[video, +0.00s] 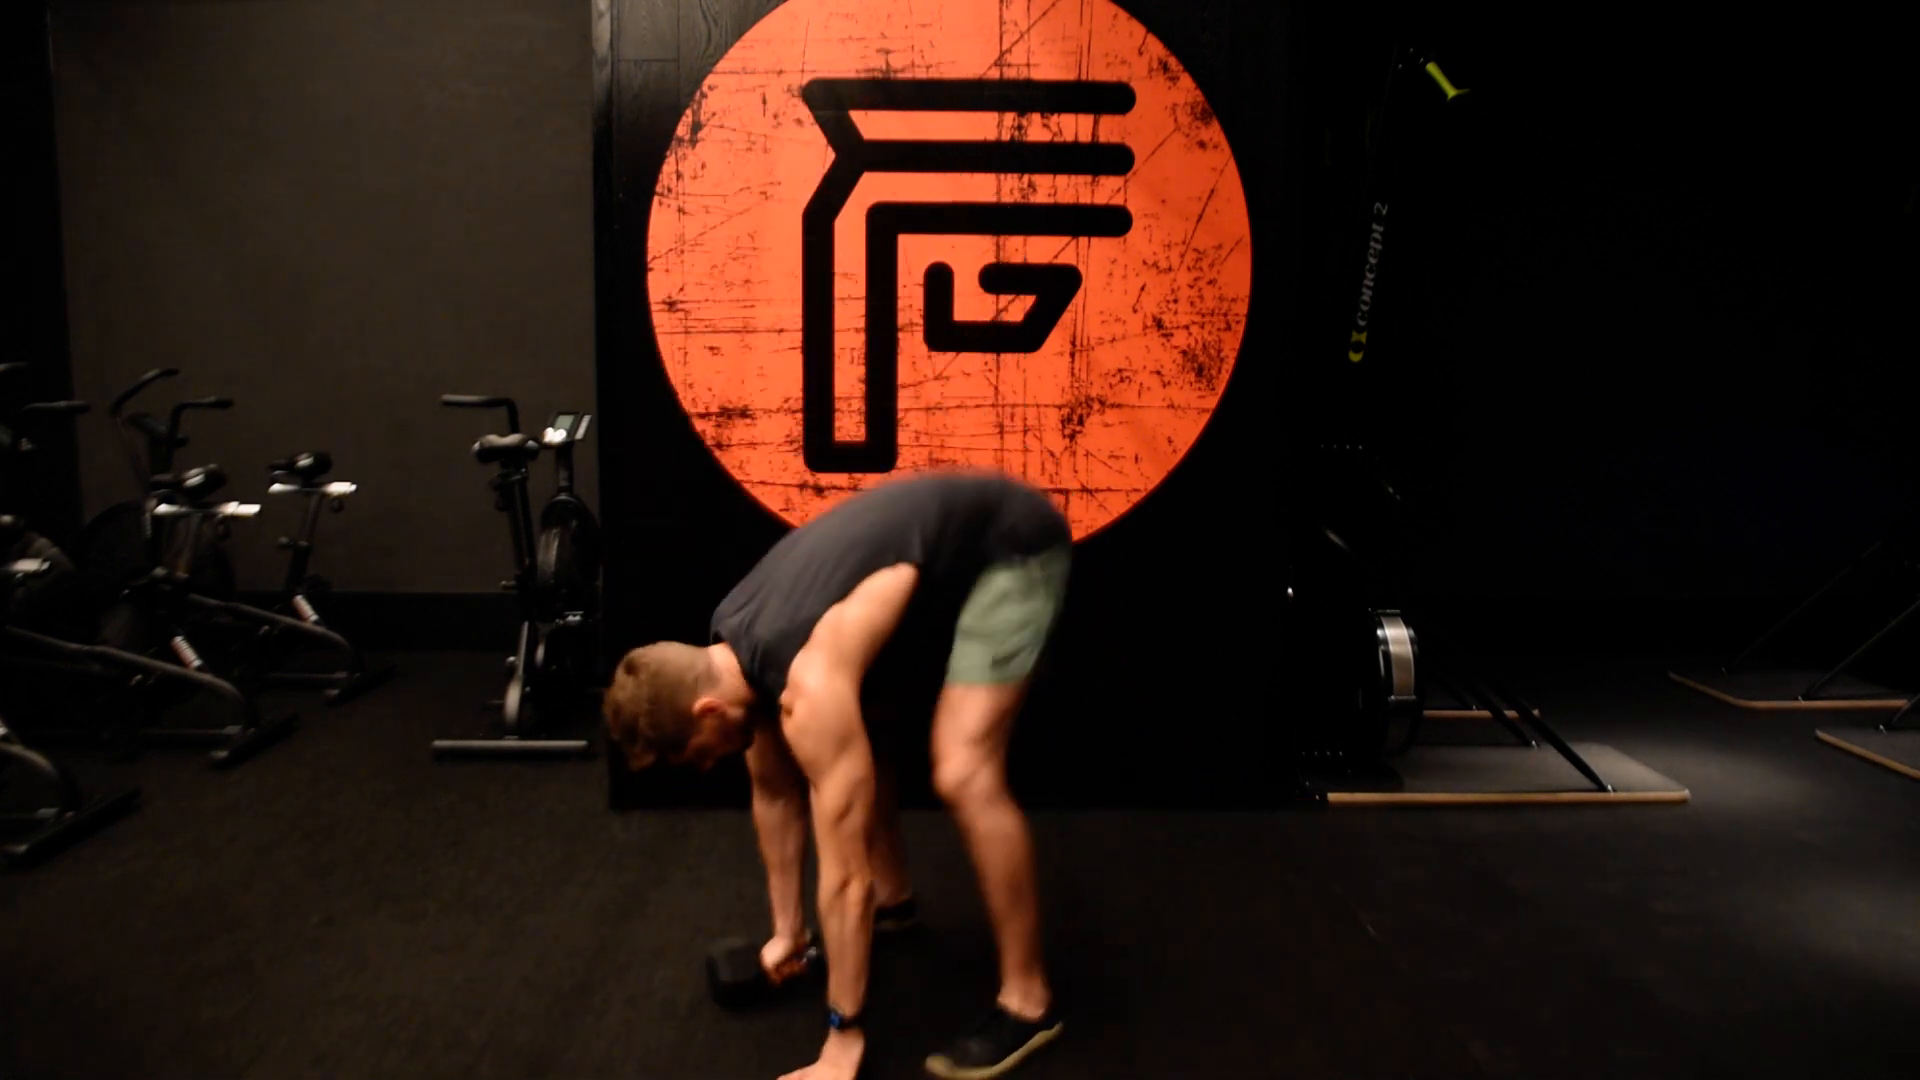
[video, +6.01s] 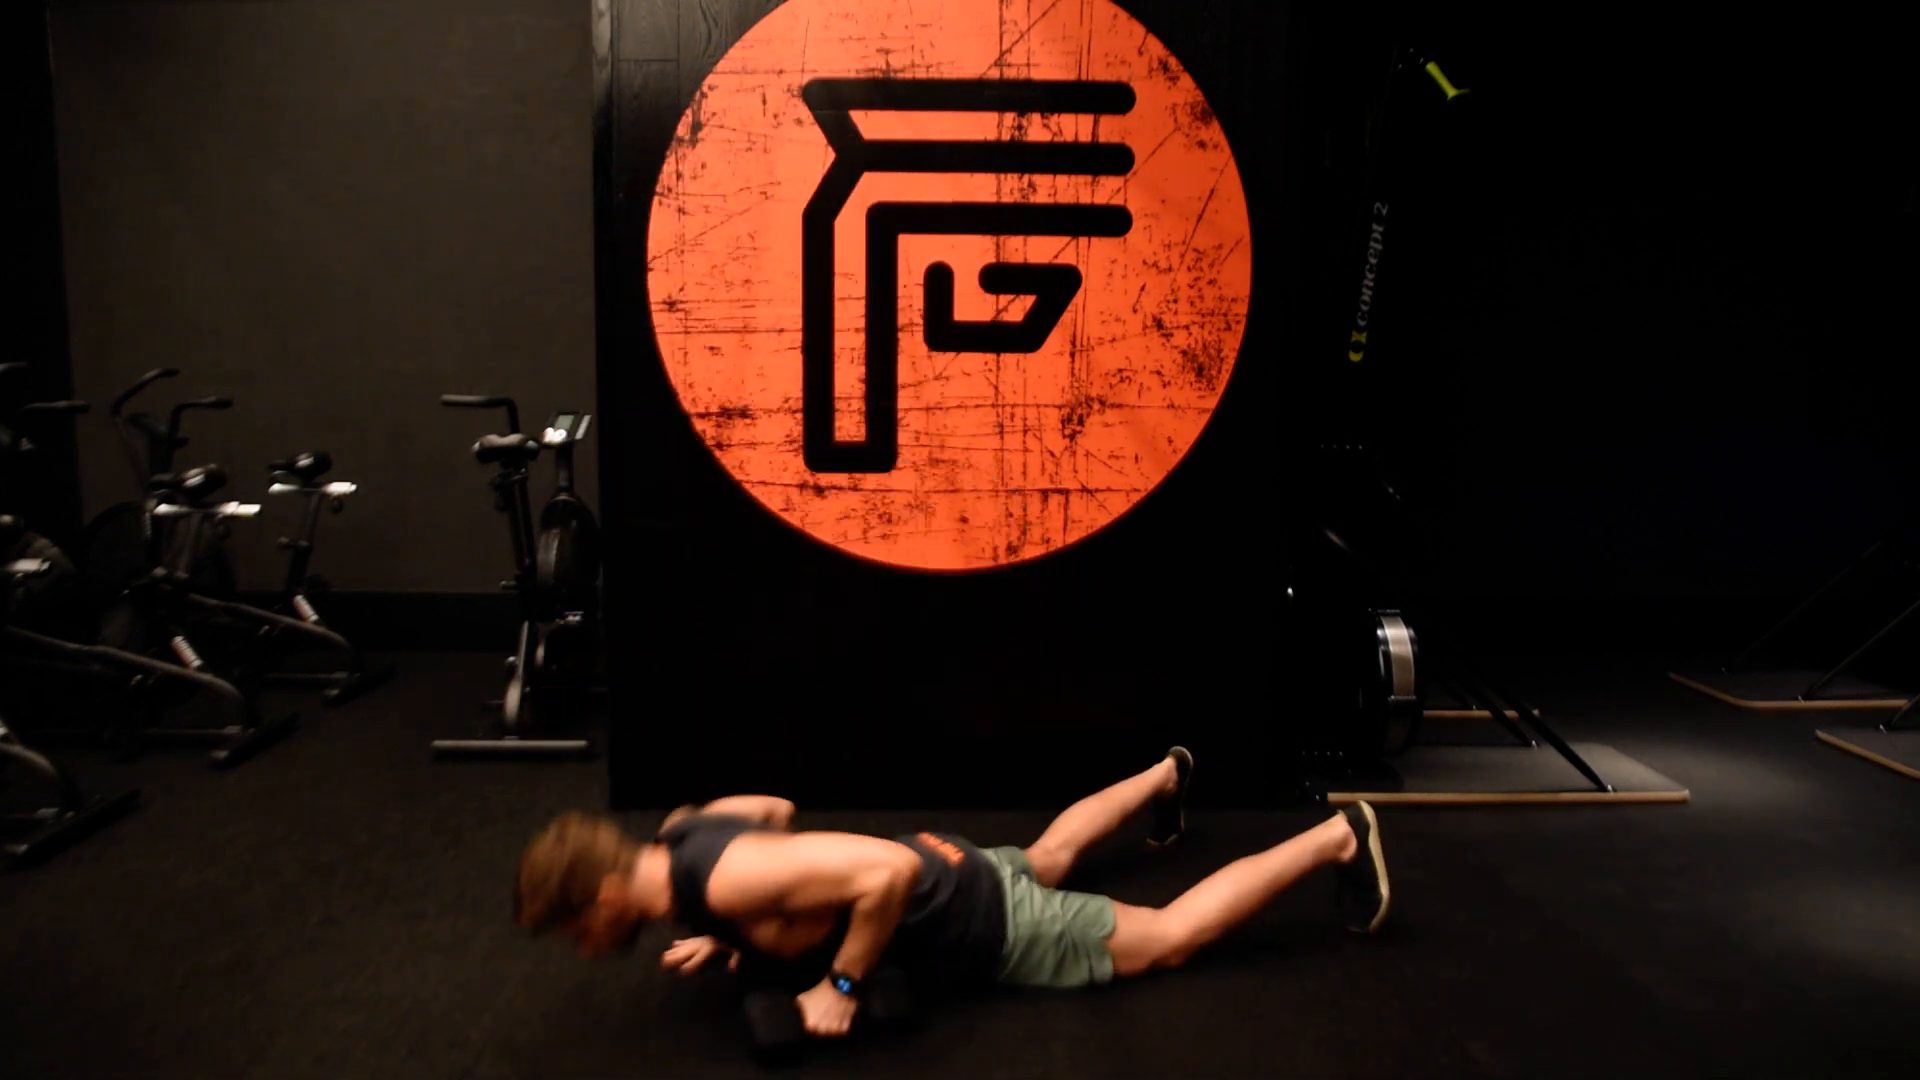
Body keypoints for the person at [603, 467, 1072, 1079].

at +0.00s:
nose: (715, 763)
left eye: (703, 753)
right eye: (699, 762)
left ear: (710, 711)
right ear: (705, 703)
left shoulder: (810, 683)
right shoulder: (735, 642)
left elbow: (850, 879)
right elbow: (774, 794)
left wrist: (844, 1036)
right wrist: (788, 935)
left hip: (1014, 539)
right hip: (925, 540)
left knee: (965, 770)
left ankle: (1027, 1000)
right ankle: (889, 895)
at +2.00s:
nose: (662, 787)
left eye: (652, 775)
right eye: (646, 781)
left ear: (674, 736)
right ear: (665, 706)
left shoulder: (796, 731)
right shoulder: (725, 673)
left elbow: (867, 900)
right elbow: (771, 810)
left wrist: (877, 1049)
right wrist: (793, 936)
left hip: (1031, 623)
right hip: (957, 612)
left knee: (1155, 814)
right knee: (1084, 745)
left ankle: (1344, 840)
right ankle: (1153, 756)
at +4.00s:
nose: (661, 310)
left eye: (664, 288)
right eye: (650, 294)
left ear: (711, 251)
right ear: (702, 261)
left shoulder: (822, 345)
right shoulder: (765, 332)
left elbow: (858, 525)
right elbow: (800, 464)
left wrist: (819, 662)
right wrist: (747, 589)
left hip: (979, 545)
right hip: (892, 545)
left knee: (946, 751)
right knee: (834, 708)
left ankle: (960, 996)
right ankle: (838, 903)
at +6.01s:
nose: (586, 941)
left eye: (579, 928)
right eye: (574, 932)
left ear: (607, 897)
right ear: (612, 860)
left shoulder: (729, 886)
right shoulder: (677, 837)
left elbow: (885, 869)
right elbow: (771, 805)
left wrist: (836, 984)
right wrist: (726, 927)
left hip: (979, 915)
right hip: (943, 861)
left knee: (1167, 935)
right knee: (1048, 855)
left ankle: (1337, 833)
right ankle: (1163, 771)